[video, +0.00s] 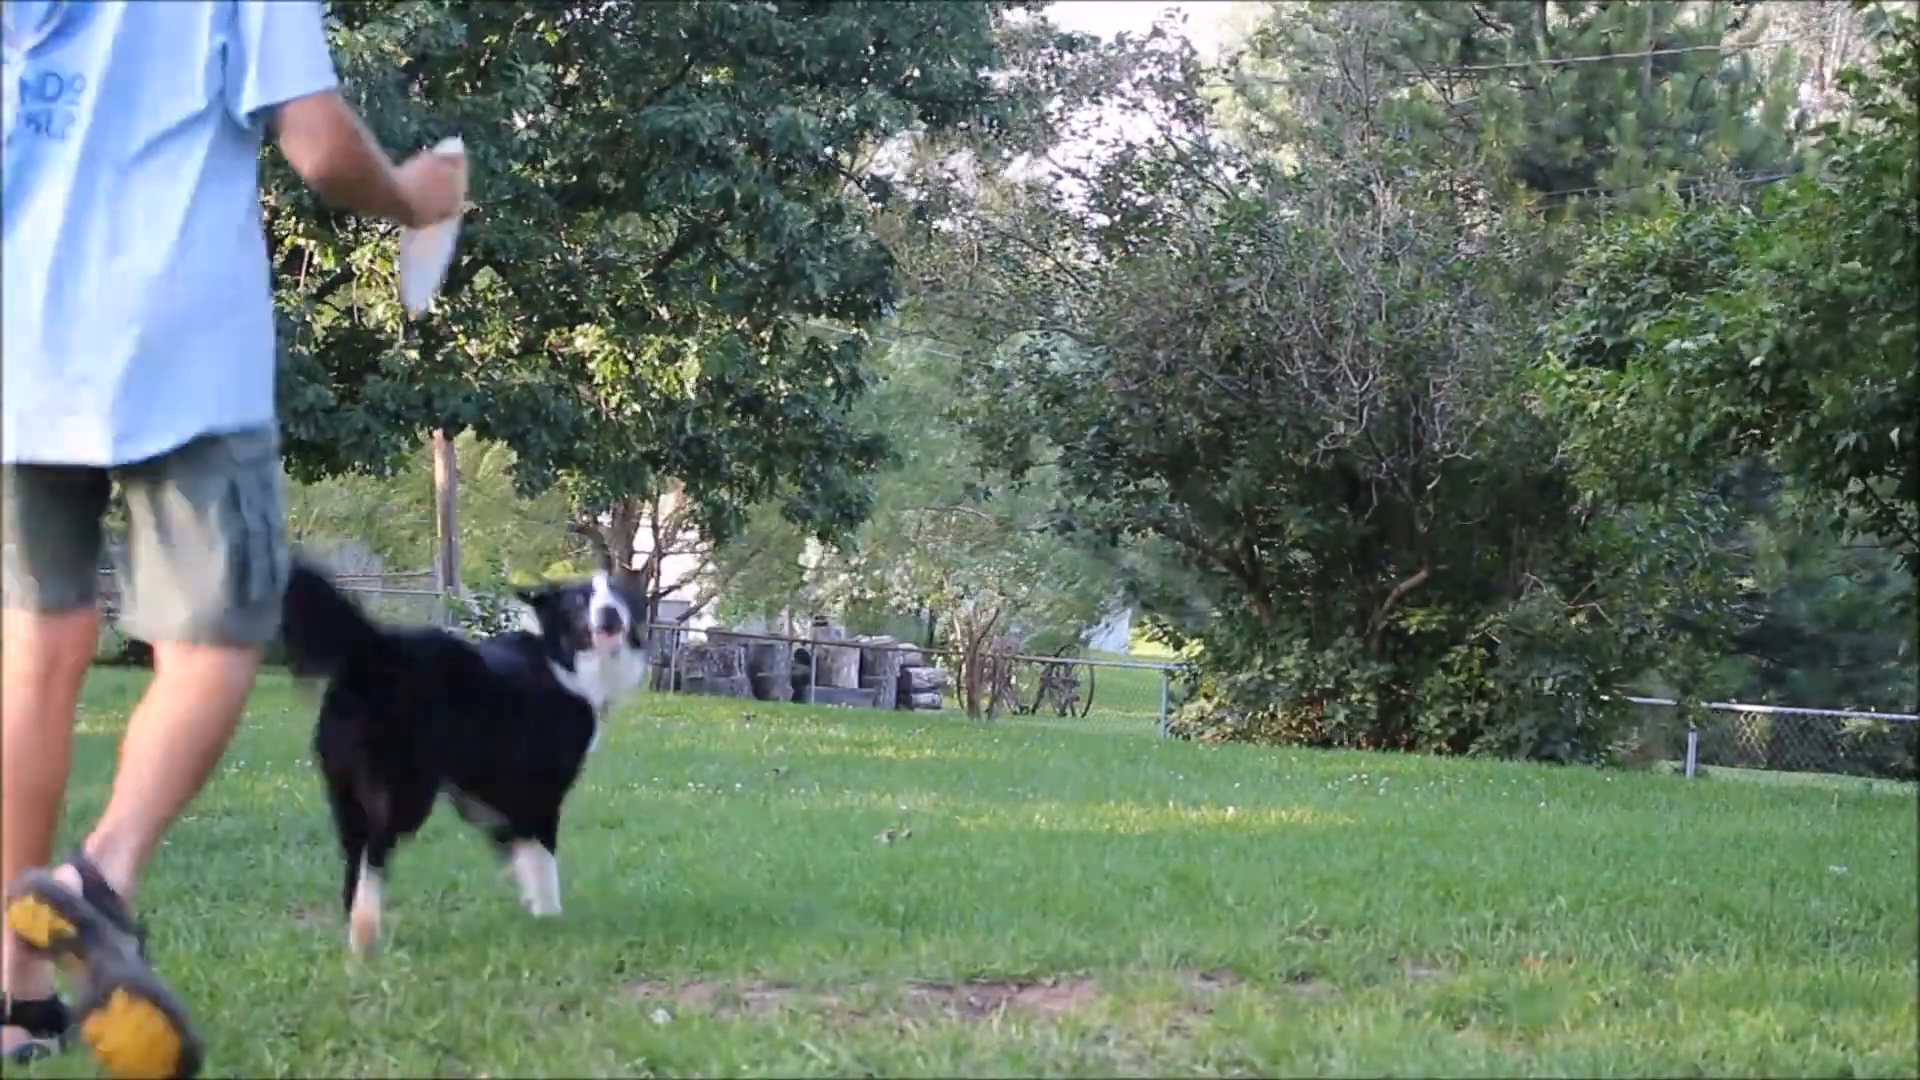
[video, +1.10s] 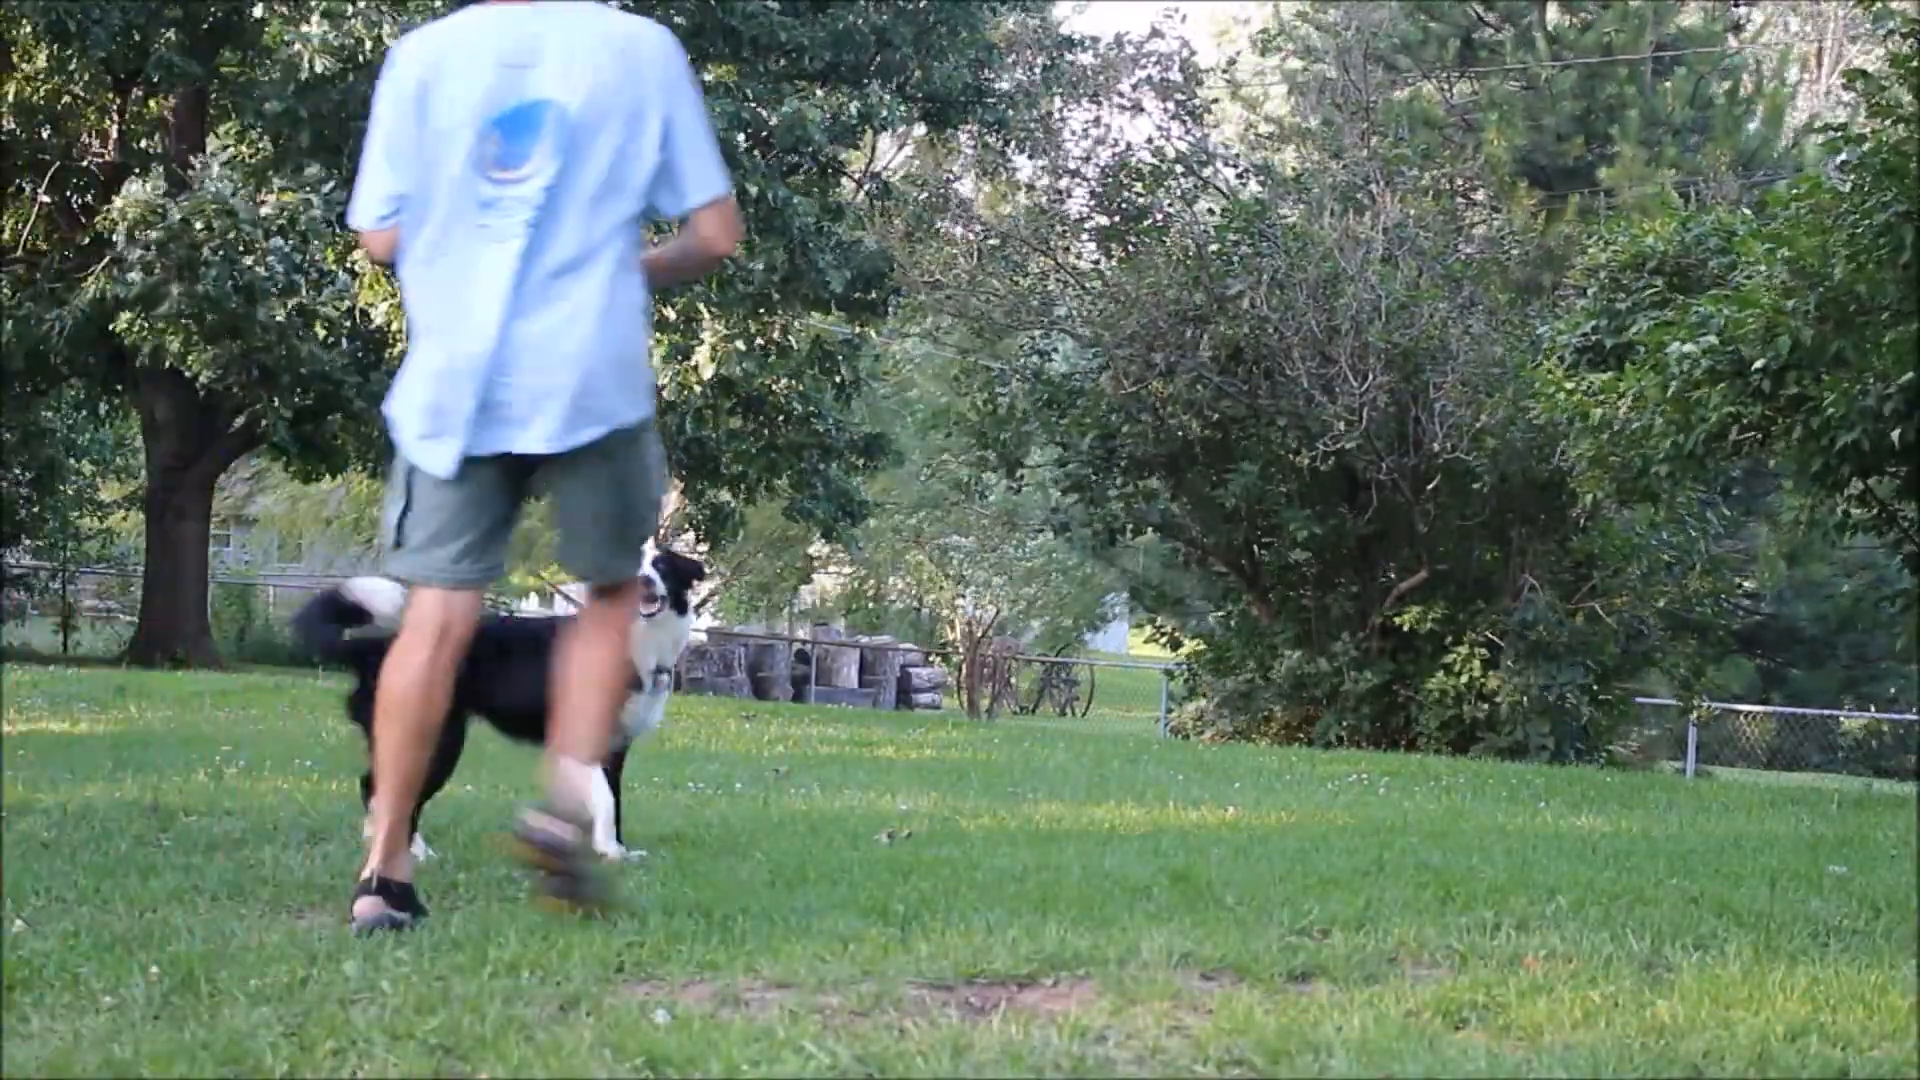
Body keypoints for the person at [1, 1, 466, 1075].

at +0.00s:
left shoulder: (27, 16)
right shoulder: (244, 3)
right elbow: (321, 148)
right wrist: (409, 192)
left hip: (16, 337)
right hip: (178, 335)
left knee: (36, 644)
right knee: (211, 641)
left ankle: (20, 991)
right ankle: (104, 872)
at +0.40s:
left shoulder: (80, 9)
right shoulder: (349, 9)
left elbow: (28, 196)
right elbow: (412, 198)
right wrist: (473, 250)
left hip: (116, 354)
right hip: (284, 361)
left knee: (98, 618)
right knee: (259, 646)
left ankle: (25, 907)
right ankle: (225, 930)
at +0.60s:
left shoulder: (188, 7)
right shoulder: (434, 10)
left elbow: (136, 199)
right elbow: (497, 213)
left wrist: (238, 238)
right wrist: (471, 263)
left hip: (210, 357)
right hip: (356, 368)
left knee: (208, 590)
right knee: (302, 647)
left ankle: (129, 816)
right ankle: (227, 929)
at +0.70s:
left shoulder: (234, 8)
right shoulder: (474, 10)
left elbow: (185, 191)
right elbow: (550, 197)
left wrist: (300, 211)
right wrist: (460, 234)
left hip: (257, 344)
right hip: (394, 349)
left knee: (274, 591)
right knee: (323, 620)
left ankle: (232, 876)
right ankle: (225, 920)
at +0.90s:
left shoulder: (321, 63)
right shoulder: (544, 55)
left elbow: (283, 254)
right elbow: (621, 249)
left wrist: (366, 294)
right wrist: (532, 301)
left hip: (354, 400)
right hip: (483, 399)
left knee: (381, 637)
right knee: (440, 656)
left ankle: (380, 887)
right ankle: (294, 843)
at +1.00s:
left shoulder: (372, 64)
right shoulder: (591, 52)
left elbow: (335, 254)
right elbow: (664, 242)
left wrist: (427, 246)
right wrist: (586, 296)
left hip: (402, 386)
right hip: (539, 386)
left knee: (408, 619)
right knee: (529, 618)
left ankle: (380, 873)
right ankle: (415, 776)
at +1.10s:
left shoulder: (420, 54)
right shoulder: (644, 47)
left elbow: (379, 237)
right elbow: (716, 235)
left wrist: (477, 246)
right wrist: (619, 270)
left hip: (453, 383)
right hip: (594, 381)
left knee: (432, 623)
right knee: (609, 587)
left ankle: (383, 876)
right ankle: (568, 801)